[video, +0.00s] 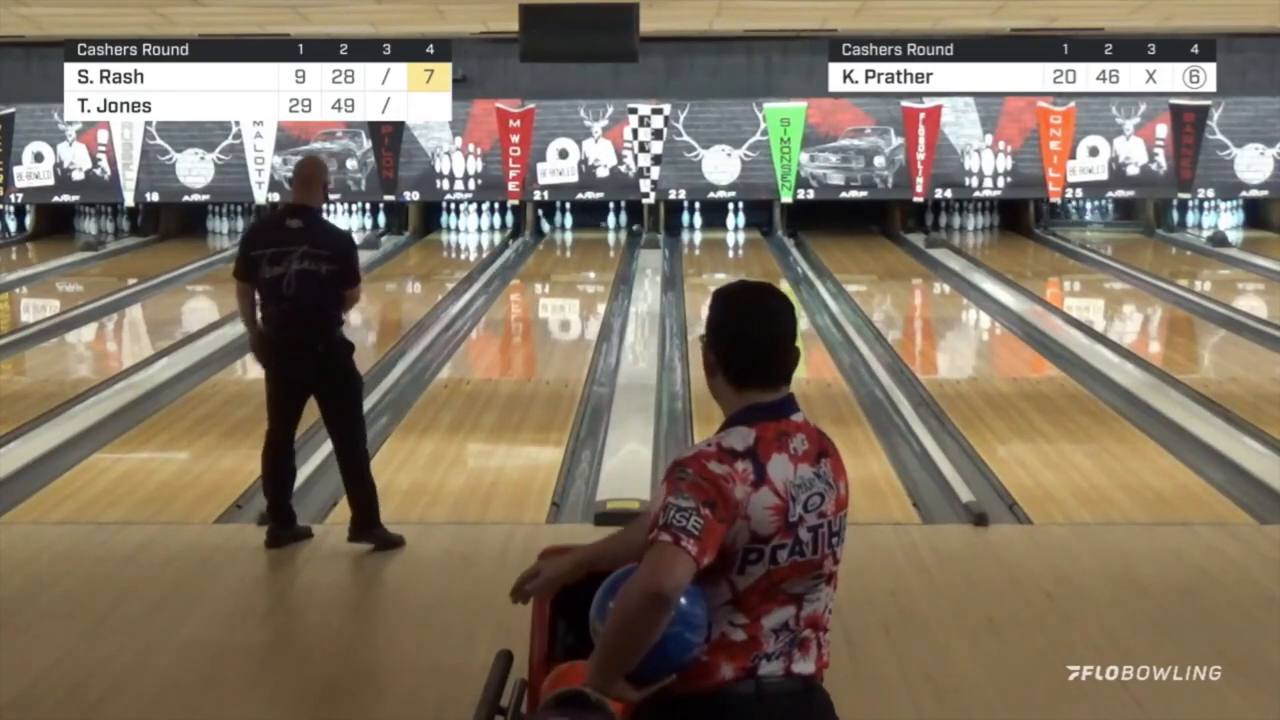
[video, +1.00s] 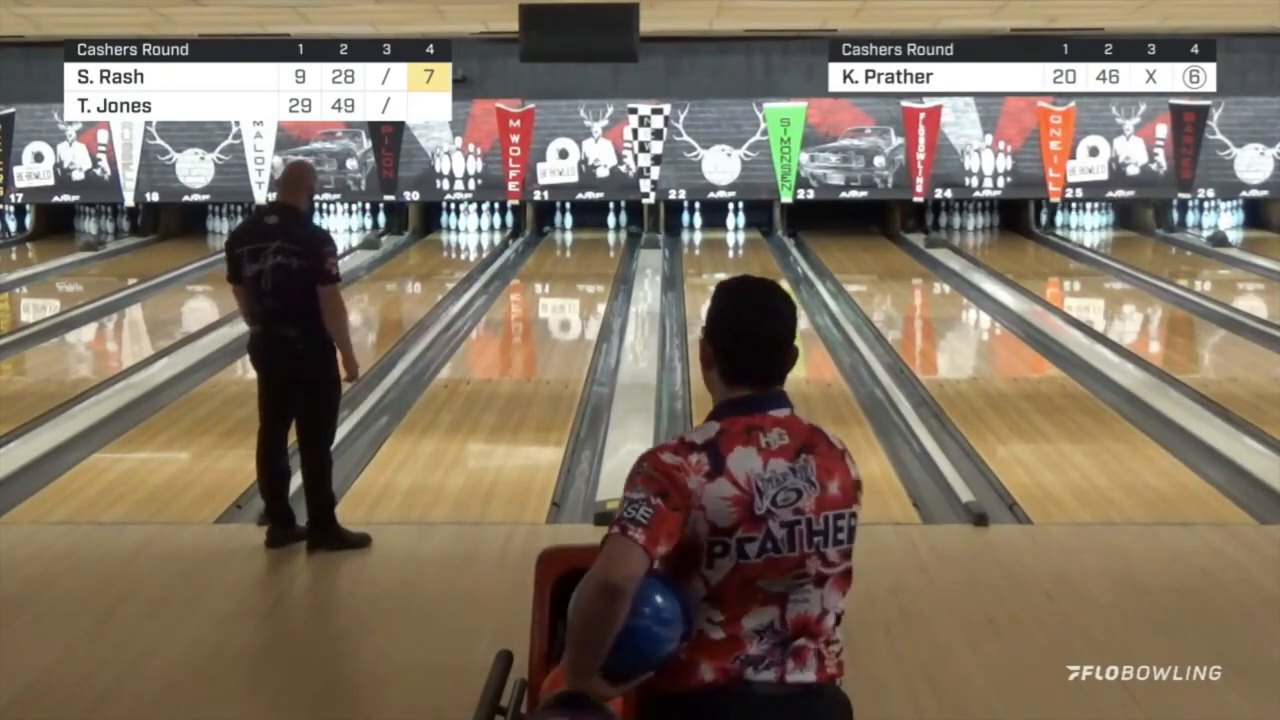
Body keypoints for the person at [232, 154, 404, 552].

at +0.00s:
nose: (326, 191)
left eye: (319, 183)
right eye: (326, 185)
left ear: (291, 184)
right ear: (323, 188)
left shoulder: (260, 229)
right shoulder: (337, 240)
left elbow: (244, 286)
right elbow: (351, 296)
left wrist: (254, 332)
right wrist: (319, 310)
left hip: (278, 347)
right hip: (328, 350)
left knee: (279, 436)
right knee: (350, 438)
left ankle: (281, 525)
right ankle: (366, 523)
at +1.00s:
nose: (314, 196)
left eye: (312, 189)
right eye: (313, 190)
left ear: (279, 186)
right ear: (307, 191)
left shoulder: (242, 233)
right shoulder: (314, 237)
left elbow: (240, 293)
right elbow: (330, 302)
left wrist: (260, 330)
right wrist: (347, 353)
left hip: (266, 347)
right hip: (312, 348)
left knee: (272, 435)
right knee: (316, 441)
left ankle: (280, 525)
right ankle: (324, 527)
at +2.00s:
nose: (314, 203)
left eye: (314, 196)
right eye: (311, 196)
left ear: (279, 195)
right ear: (298, 196)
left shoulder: (239, 234)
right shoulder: (313, 235)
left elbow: (229, 299)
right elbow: (328, 297)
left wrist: (236, 345)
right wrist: (337, 344)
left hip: (253, 348)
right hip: (299, 349)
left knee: (264, 437)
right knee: (307, 441)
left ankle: (279, 526)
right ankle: (320, 528)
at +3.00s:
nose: (318, 212)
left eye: (319, 204)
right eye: (314, 203)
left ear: (292, 201)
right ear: (295, 202)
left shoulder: (286, 246)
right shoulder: (268, 251)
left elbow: (291, 320)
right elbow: (265, 331)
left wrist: (310, 374)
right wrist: (289, 389)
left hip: (297, 370)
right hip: (267, 376)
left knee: (318, 448)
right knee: (282, 461)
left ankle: (318, 537)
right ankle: (282, 557)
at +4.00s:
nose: (234, 225)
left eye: (244, 216)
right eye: (227, 216)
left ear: (265, 218)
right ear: (218, 219)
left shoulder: (294, 273)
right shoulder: (207, 279)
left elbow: (325, 339)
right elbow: (193, 339)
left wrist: (319, 392)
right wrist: (169, 393)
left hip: (288, 416)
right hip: (228, 419)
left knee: (300, 515)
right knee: (227, 529)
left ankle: (314, 606)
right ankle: (216, 642)